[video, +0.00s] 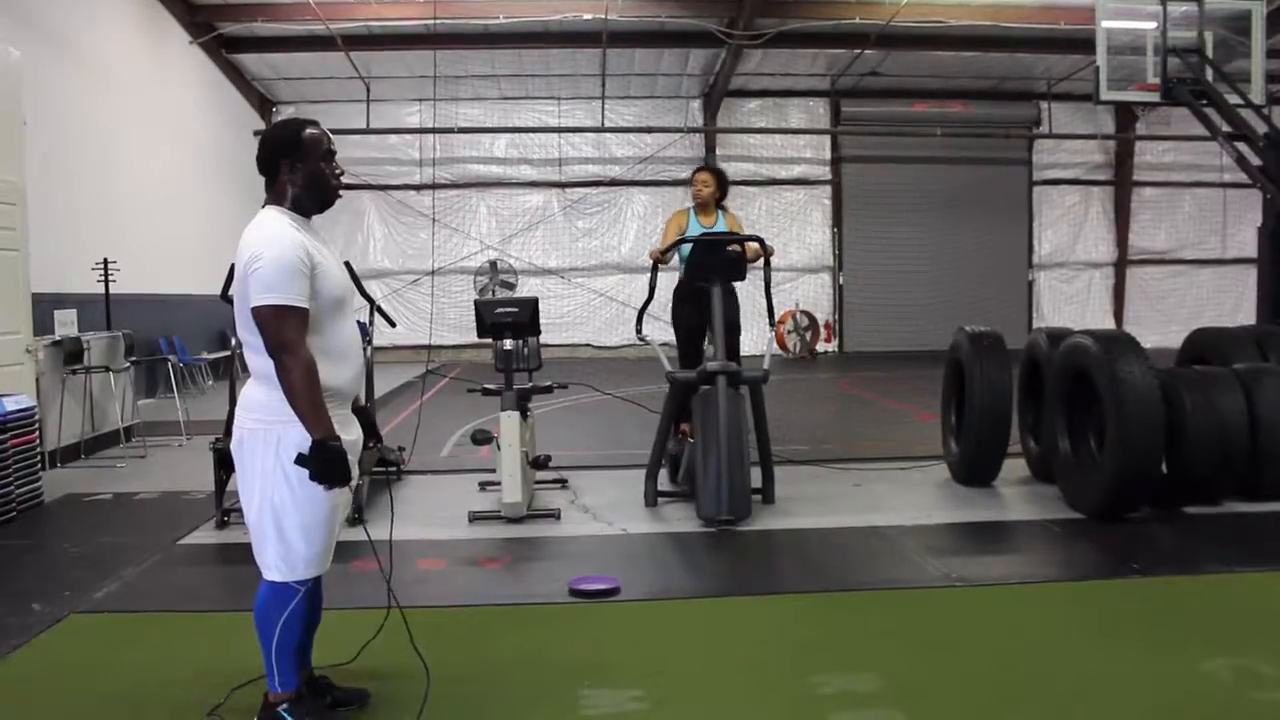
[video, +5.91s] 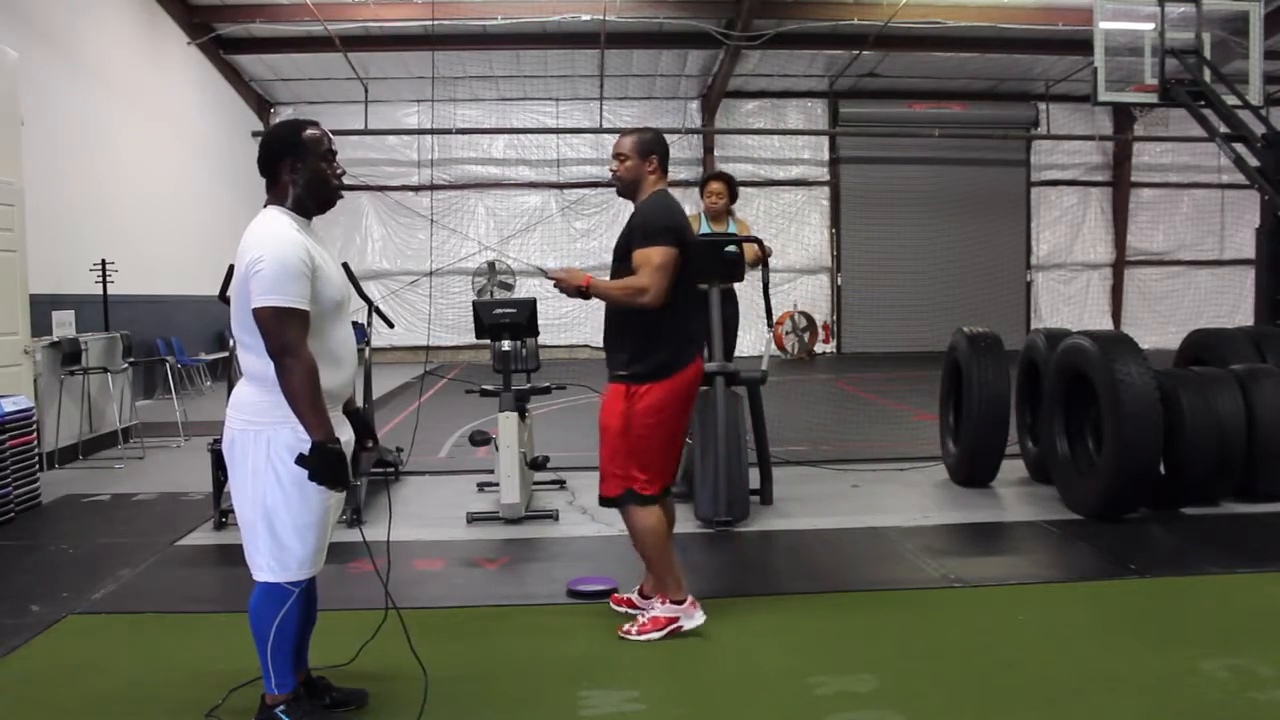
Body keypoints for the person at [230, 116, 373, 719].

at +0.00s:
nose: (338, 170)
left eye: (335, 159)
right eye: (326, 159)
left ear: (296, 171)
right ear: (290, 169)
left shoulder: (298, 237)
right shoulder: (274, 240)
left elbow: (322, 342)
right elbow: (286, 350)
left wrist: (358, 412)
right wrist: (324, 438)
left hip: (308, 428)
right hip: (283, 431)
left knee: (306, 566)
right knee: (290, 571)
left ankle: (299, 680)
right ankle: (283, 698)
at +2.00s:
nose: (333, 166)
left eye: (329, 155)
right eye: (320, 156)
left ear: (291, 171)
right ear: (285, 169)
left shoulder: (294, 237)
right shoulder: (271, 240)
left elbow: (313, 344)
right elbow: (280, 351)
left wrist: (351, 411)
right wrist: (315, 440)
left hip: (301, 427)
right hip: (278, 430)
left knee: (301, 565)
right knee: (285, 570)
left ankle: (298, 680)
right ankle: (282, 697)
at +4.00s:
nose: (333, 165)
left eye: (329, 154)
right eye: (320, 156)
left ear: (291, 171)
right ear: (286, 169)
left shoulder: (296, 236)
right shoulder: (273, 239)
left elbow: (316, 339)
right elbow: (283, 348)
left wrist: (351, 407)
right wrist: (318, 436)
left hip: (300, 427)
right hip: (276, 431)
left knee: (299, 565)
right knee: (283, 570)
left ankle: (297, 679)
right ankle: (280, 697)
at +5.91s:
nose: (340, 170)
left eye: (337, 158)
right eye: (328, 159)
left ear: (295, 172)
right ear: (292, 170)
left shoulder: (296, 239)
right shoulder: (275, 242)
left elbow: (315, 345)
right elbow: (285, 351)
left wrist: (352, 411)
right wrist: (324, 440)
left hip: (300, 429)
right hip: (276, 433)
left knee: (299, 567)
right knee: (283, 572)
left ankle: (297, 681)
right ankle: (280, 698)